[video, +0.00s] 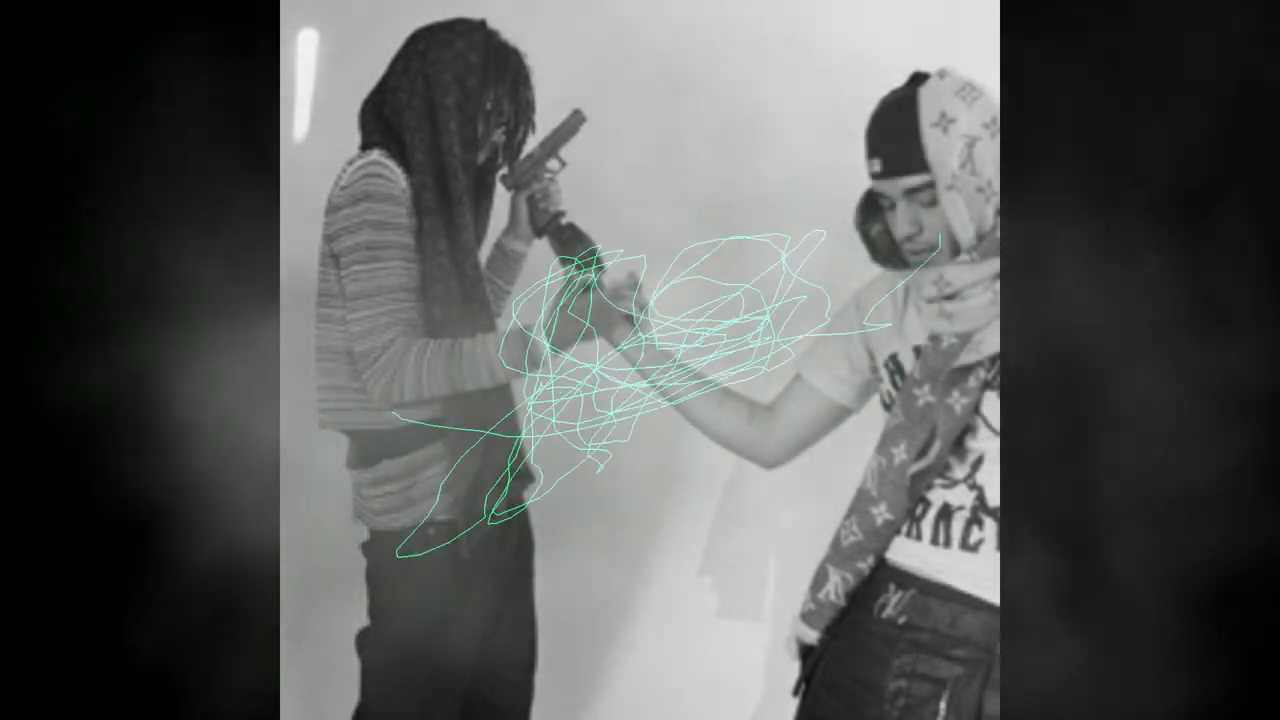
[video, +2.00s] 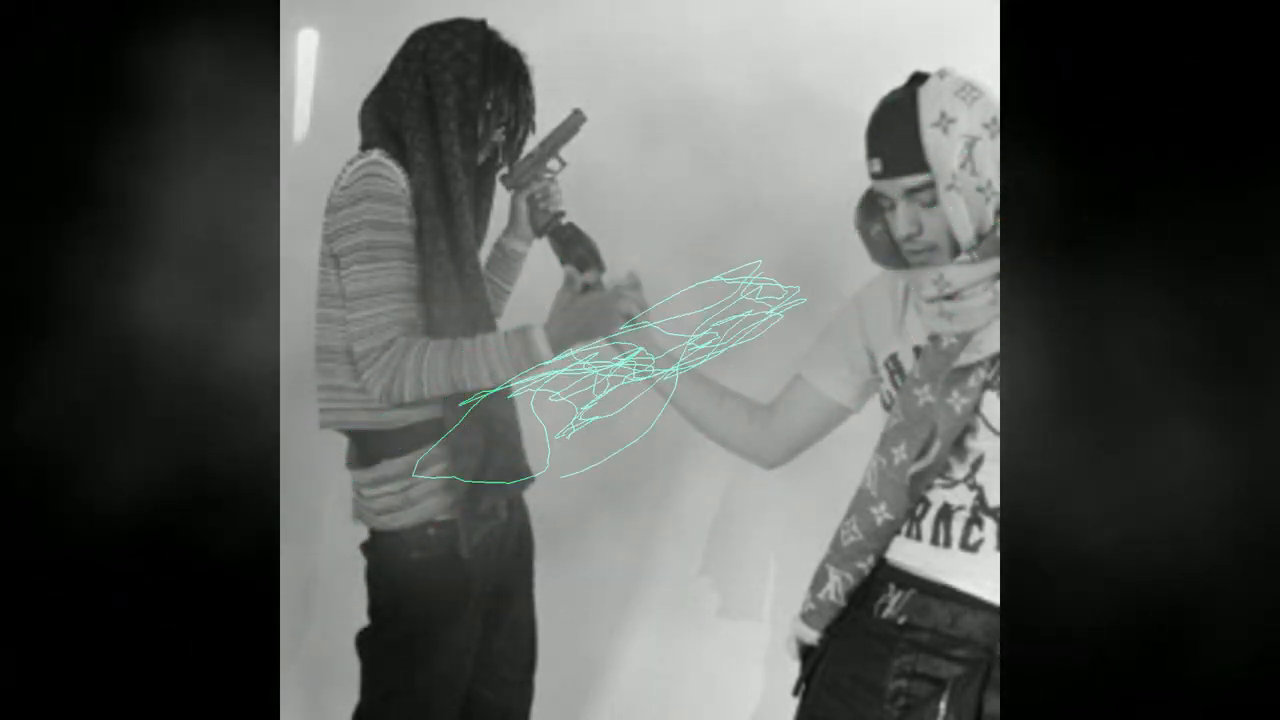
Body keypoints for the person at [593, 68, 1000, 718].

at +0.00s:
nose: (907, 226)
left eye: (926, 198)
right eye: (889, 204)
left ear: (980, 183)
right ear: (877, 207)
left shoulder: (1041, 294)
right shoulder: (893, 303)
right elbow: (769, 437)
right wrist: (633, 339)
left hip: (1002, 644)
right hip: (880, 618)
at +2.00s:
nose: (906, 228)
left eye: (926, 199)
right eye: (887, 204)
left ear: (980, 184)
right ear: (874, 205)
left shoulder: (1035, 291)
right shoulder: (889, 304)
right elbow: (768, 437)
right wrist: (635, 336)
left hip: (996, 641)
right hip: (881, 616)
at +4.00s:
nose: (904, 228)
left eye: (925, 199)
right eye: (887, 204)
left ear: (983, 186)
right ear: (874, 203)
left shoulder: (1040, 293)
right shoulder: (891, 302)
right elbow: (768, 436)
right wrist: (635, 341)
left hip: (1011, 641)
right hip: (888, 616)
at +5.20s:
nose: (904, 230)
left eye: (925, 199)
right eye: (884, 205)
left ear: (984, 189)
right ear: (872, 205)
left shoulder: (1031, 303)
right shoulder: (890, 307)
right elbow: (768, 436)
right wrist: (630, 338)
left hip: (992, 644)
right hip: (878, 621)